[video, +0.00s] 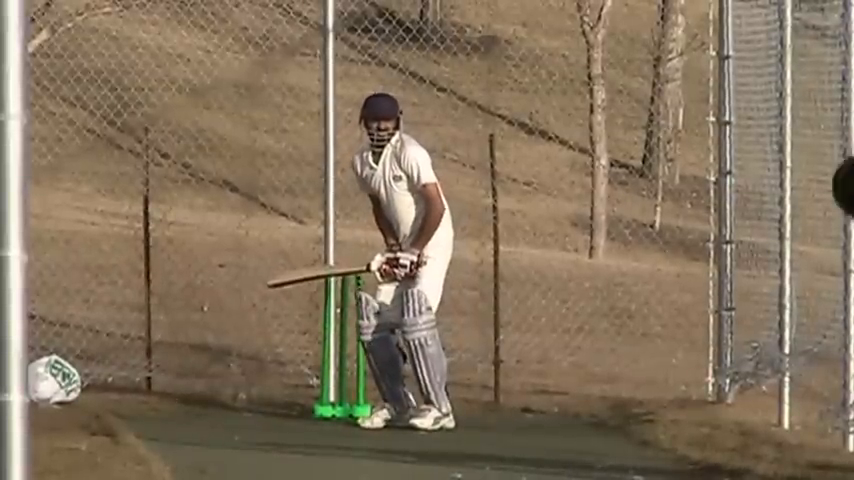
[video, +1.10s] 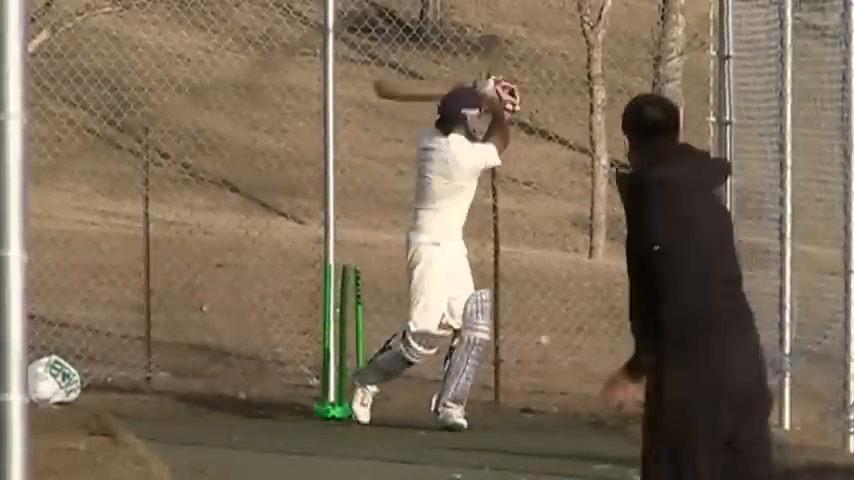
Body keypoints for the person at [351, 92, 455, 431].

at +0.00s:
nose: (379, 131)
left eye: (387, 125)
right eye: (373, 124)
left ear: (398, 124)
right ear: (364, 125)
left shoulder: (409, 153)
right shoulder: (361, 162)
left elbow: (436, 205)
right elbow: (378, 206)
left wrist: (415, 250)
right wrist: (392, 248)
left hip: (430, 242)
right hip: (399, 245)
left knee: (416, 318)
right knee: (373, 320)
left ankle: (438, 406)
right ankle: (397, 403)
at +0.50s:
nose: (383, 148)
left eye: (390, 141)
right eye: (375, 142)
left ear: (401, 142)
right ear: (367, 144)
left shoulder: (411, 177)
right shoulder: (371, 169)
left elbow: (398, 241)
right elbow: (376, 202)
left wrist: (360, 249)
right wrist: (358, 228)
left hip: (431, 259)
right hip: (397, 261)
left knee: (418, 325)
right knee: (361, 330)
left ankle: (442, 406)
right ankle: (395, 404)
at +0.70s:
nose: (410, 149)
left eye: (416, 142)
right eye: (402, 144)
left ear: (425, 142)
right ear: (392, 146)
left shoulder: (443, 168)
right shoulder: (384, 182)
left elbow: (434, 221)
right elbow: (390, 237)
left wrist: (391, 254)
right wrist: (372, 258)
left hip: (439, 271)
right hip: (397, 271)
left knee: (449, 324)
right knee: (360, 331)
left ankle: (445, 407)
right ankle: (381, 394)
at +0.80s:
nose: (416, 148)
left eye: (422, 141)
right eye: (408, 142)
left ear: (431, 138)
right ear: (396, 142)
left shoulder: (441, 147)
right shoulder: (402, 178)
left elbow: (463, 176)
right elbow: (431, 225)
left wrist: (480, 218)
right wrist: (467, 241)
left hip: (448, 256)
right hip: (409, 259)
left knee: (461, 322)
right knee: (390, 329)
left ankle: (450, 401)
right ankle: (362, 394)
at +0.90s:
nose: (428, 150)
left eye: (434, 142)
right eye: (420, 144)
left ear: (439, 139)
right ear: (404, 143)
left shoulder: (442, 147)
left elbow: (483, 180)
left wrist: (526, 205)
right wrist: (533, 199)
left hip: (444, 252)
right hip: (413, 258)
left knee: (462, 324)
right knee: (404, 345)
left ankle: (450, 406)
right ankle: (365, 392)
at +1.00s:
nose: (456, 139)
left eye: (456, 133)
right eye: (451, 134)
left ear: (435, 133)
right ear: (434, 135)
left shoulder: (435, 152)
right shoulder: (429, 165)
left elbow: (478, 153)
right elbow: (485, 166)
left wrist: (521, 140)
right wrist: (524, 139)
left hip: (450, 251)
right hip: (423, 255)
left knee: (470, 326)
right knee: (412, 339)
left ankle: (451, 406)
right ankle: (368, 386)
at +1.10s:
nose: (482, 122)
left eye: (481, 115)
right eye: (478, 115)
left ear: (447, 116)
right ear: (465, 117)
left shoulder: (428, 140)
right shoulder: (463, 151)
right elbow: (499, 146)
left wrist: (498, 109)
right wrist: (502, 112)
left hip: (450, 246)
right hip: (431, 247)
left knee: (473, 326)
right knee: (422, 339)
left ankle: (448, 404)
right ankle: (365, 380)